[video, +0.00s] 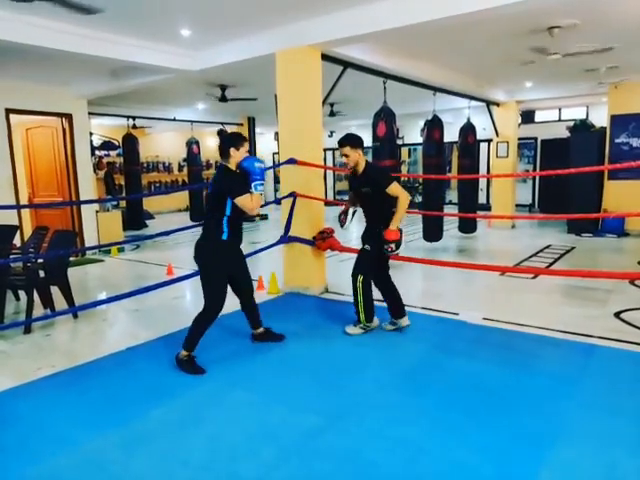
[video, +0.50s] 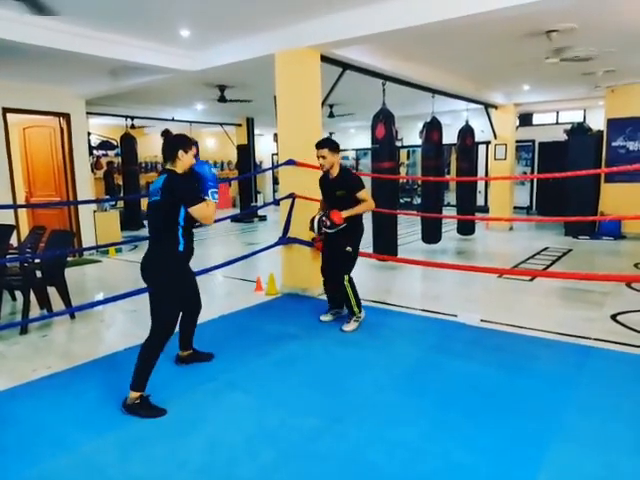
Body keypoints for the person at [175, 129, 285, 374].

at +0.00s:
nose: (247, 156)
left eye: (247, 151)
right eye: (244, 151)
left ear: (230, 152)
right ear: (233, 152)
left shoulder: (231, 174)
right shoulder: (227, 177)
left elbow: (242, 208)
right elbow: (253, 206)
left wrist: (254, 210)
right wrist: (257, 179)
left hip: (230, 247)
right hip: (213, 249)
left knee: (246, 291)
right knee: (214, 305)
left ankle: (259, 330)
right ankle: (185, 353)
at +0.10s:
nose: (238, 147)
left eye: (237, 143)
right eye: (235, 143)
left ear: (219, 145)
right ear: (223, 144)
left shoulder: (215, 168)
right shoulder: (217, 170)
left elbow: (236, 200)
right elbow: (240, 202)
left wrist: (243, 181)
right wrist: (246, 176)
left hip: (213, 241)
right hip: (202, 243)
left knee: (231, 289)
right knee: (209, 300)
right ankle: (184, 351)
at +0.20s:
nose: (227, 152)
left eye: (227, 147)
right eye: (225, 147)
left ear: (208, 149)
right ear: (213, 148)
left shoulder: (203, 171)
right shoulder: (206, 173)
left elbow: (225, 204)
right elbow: (228, 207)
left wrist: (232, 183)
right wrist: (235, 180)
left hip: (197, 243)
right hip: (193, 245)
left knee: (212, 297)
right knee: (208, 300)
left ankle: (191, 346)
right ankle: (173, 355)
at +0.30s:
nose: (217, 156)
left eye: (217, 152)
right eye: (214, 152)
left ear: (199, 154)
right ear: (203, 154)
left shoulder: (198, 179)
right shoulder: (194, 182)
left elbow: (213, 215)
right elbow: (215, 218)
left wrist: (222, 205)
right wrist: (225, 198)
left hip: (194, 252)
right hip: (183, 255)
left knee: (210, 301)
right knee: (195, 311)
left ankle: (189, 351)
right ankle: (154, 370)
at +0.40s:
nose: (206, 162)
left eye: (206, 157)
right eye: (203, 157)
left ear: (186, 158)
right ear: (192, 158)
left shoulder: (178, 182)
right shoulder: (190, 185)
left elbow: (204, 217)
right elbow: (210, 222)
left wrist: (209, 210)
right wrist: (215, 202)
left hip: (181, 258)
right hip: (175, 261)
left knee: (206, 304)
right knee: (177, 324)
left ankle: (188, 351)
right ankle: (142, 388)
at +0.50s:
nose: (194, 161)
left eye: (194, 156)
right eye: (192, 155)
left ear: (172, 155)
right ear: (181, 155)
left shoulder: (161, 181)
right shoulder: (180, 182)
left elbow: (195, 215)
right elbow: (207, 216)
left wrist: (202, 204)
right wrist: (207, 191)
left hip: (169, 261)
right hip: (166, 265)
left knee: (192, 306)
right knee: (163, 328)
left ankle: (185, 351)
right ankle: (135, 396)